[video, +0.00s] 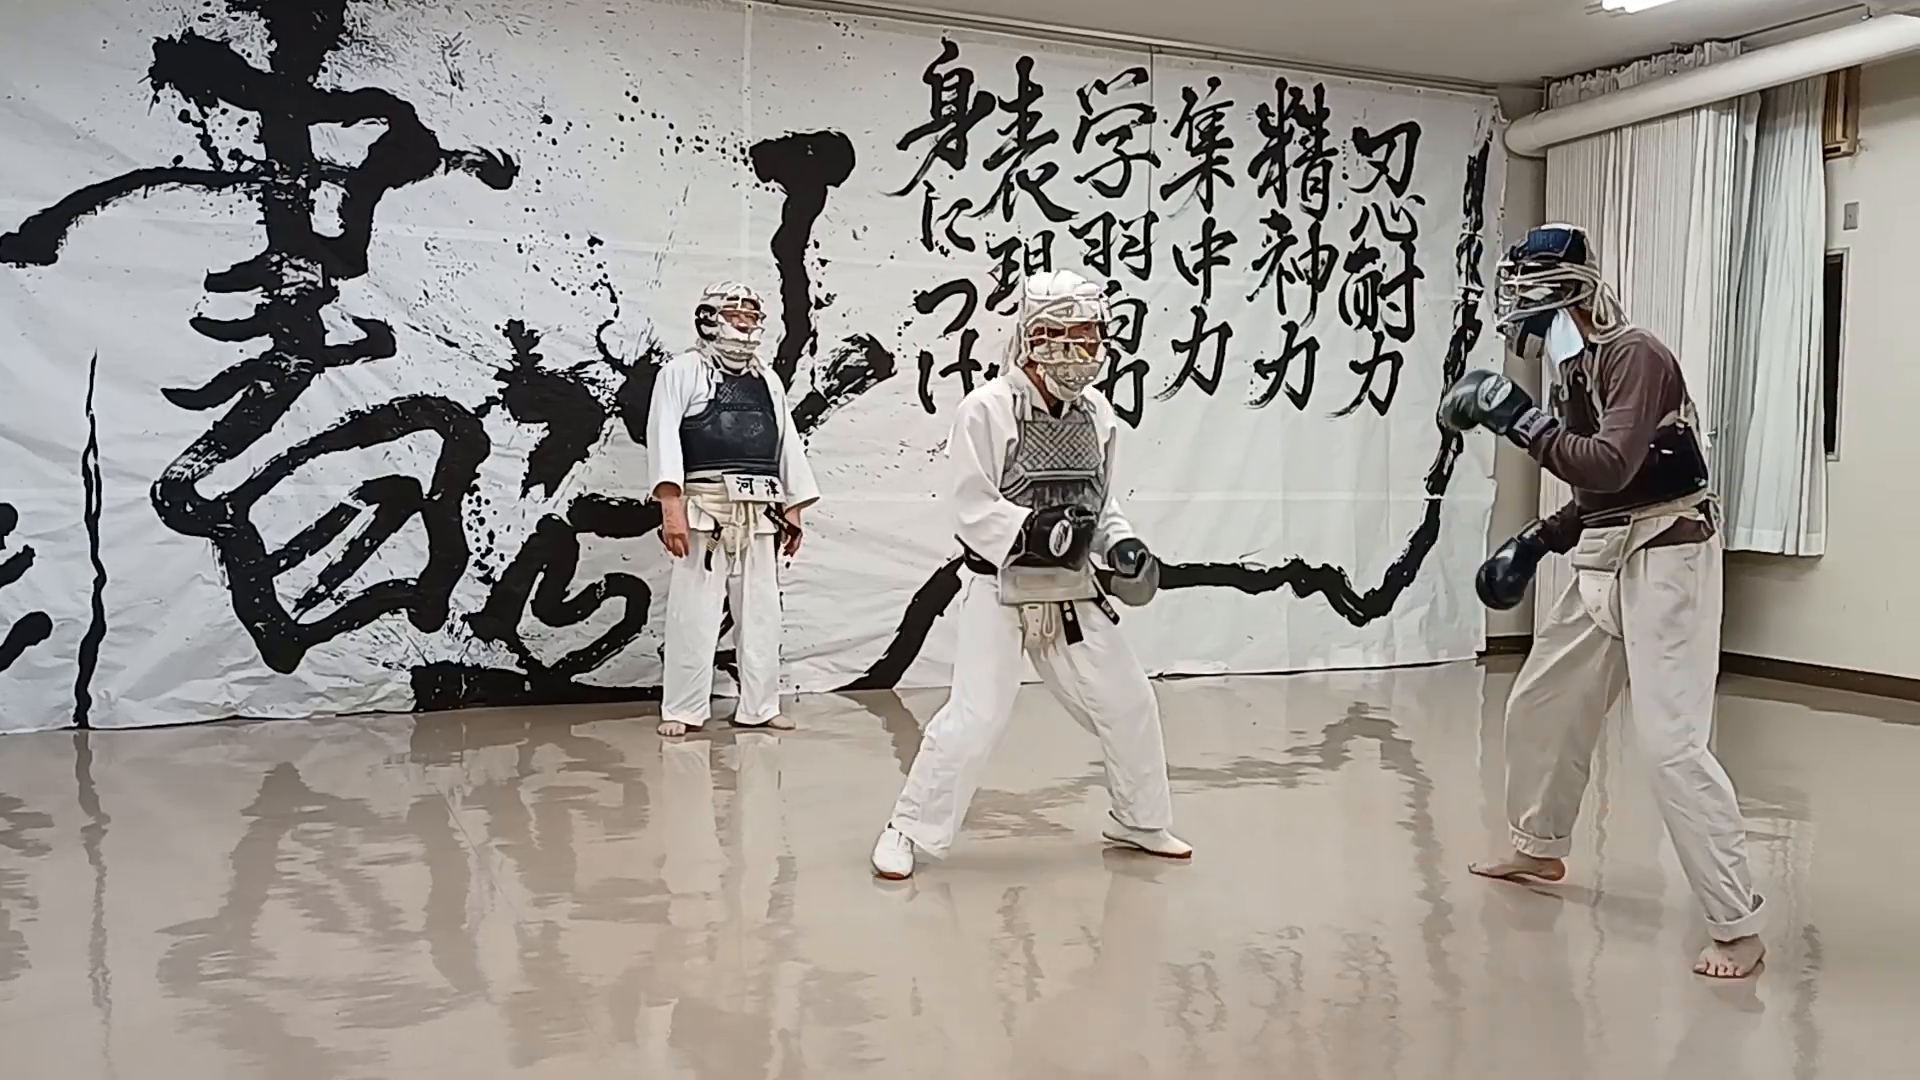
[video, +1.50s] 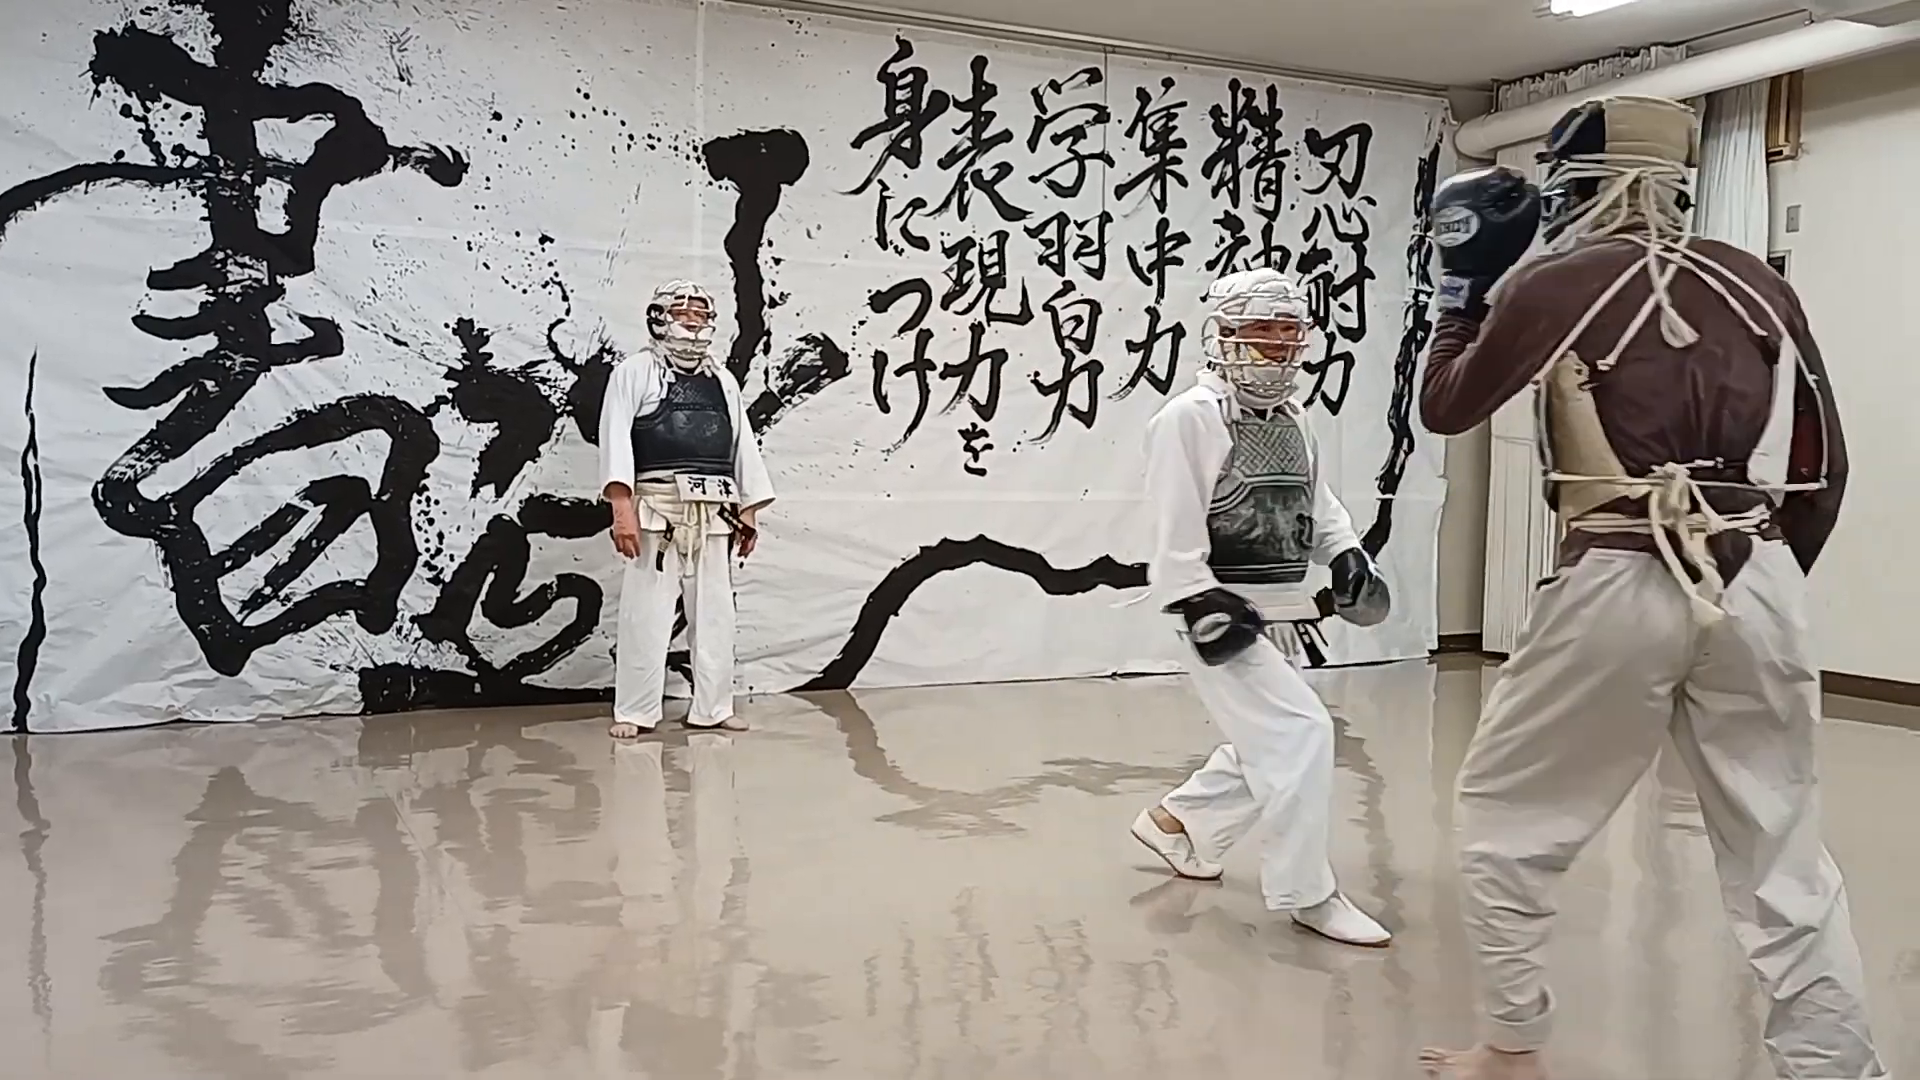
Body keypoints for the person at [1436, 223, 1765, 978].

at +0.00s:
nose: (1511, 312)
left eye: (1520, 296)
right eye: (1510, 297)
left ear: (1558, 296)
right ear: (1556, 298)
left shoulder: (1635, 353)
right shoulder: (1569, 379)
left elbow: (1613, 466)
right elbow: (1598, 492)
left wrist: (1522, 421)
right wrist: (1531, 544)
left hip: (1670, 549)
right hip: (1600, 551)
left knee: (1671, 741)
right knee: (1543, 704)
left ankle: (1738, 930)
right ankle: (1539, 853)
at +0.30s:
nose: (1458, 337)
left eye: (1465, 320)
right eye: (1455, 321)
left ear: (1501, 313)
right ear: (1511, 315)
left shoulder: (1552, 356)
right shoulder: (1531, 385)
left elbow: (1618, 448)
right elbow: (1568, 488)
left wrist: (1543, 519)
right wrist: (1533, 566)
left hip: (1643, 552)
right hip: (1586, 563)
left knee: (1625, 754)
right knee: (1528, 713)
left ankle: (1727, 910)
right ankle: (1541, 878)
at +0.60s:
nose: (1452, 333)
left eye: (1465, 319)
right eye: (1454, 317)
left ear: (1504, 327)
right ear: (1510, 325)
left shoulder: (1556, 387)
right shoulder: (1513, 400)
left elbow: (1489, 497)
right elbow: (1537, 528)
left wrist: (1433, 426)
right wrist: (1458, 556)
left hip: (1622, 587)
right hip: (1566, 591)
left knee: (1554, 748)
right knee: (1479, 726)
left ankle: (1655, 942)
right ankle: (1523, 874)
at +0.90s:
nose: (1485, 320)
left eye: (1489, 307)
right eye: (1484, 306)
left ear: (1517, 309)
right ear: (1568, 299)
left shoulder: (1573, 385)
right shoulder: (1631, 370)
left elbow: (1425, 459)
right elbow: (1585, 495)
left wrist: (1418, 352)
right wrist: (1522, 587)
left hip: (1668, 621)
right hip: (1736, 616)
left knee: (1529, 808)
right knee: (1644, 796)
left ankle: (1609, 1012)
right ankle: (1653, 925)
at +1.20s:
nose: (1567, 272)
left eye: (1575, 253)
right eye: (1568, 254)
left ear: (1608, 255)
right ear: (1676, 250)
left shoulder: (1640, 345)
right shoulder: (1747, 342)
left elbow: (1474, 427)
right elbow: (1821, 502)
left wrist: (1485, 312)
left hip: (1700, 640)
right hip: (1806, 640)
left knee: (1566, 819)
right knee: (1819, 910)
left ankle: (1594, 1015)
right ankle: (1875, 1070)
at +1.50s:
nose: (1553, 193)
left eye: (1563, 178)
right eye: (1557, 178)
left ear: (1588, 184)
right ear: (1677, 184)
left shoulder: (1555, 282)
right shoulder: (1762, 280)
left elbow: (1446, 402)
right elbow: (1821, 470)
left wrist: (1462, 284)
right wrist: (1766, 581)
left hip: (1612, 591)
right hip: (1759, 586)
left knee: (1505, 816)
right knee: (1783, 855)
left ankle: (1513, 1041)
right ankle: (1832, 1066)